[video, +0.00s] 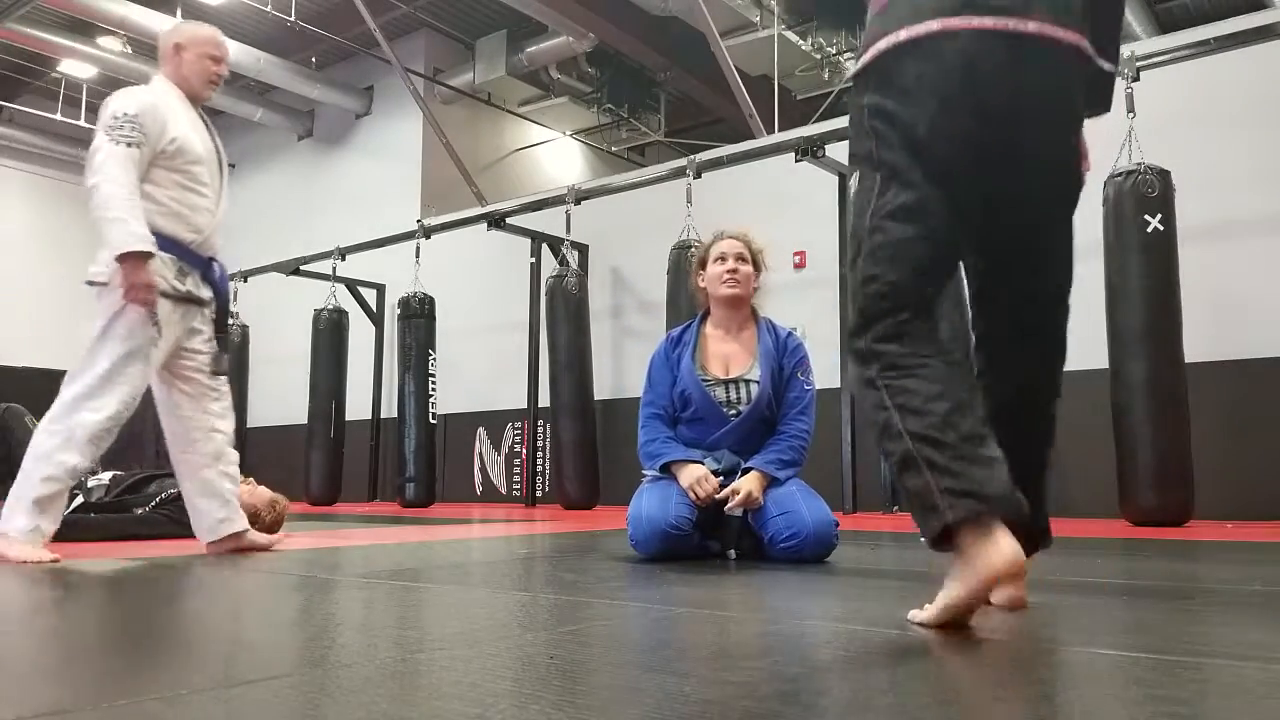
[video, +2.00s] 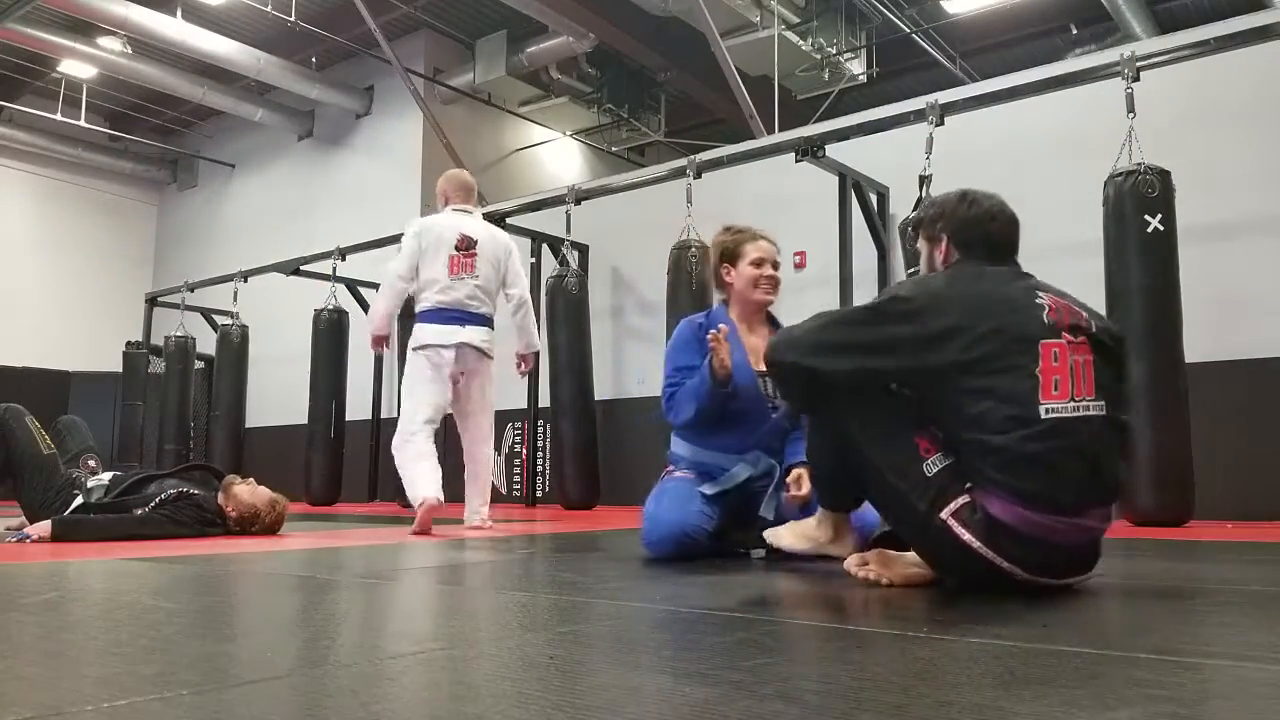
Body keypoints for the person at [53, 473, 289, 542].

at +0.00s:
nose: (247, 478)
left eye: (252, 488)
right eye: (254, 481)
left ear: (246, 513)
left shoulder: (195, 517)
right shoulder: (209, 487)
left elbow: (124, 525)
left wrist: (54, 524)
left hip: (73, 503)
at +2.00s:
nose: (247, 476)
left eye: (249, 488)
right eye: (255, 483)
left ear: (233, 511)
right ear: (236, 505)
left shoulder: (197, 513)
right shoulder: (215, 490)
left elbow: (129, 524)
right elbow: (154, 485)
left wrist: (56, 526)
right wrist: (113, 480)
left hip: (68, 499)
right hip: (101, 484)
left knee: (11, 414)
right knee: (68, 421)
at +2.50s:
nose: (248, 477)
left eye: (250, 488)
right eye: (256, 483)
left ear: (235, 510)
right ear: (236, 504)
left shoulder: (199, 513)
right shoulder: (214, 487)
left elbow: (130, 525)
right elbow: (150, 485)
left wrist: (56, 526)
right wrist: (112, 481)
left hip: (69, 500)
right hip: (99, 486)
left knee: (11, 415)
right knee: (69, 422)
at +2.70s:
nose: (248, 477)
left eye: (251, 488)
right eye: (256, 483)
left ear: (234, 510)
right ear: (236, 504)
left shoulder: (199, 513)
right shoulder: (214, 486)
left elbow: (130, 525)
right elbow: (150, 485)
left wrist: (56, 526)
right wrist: (111, 481)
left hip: (69, 500)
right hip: (99, 486)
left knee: (11, 414)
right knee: (69, 422)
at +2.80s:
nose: (248, 476)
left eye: (251, 487)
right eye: (257, 483)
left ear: (234, 510)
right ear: (236, 505)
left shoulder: (199, 513)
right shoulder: (215, 487)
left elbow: (130, 525)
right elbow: (150, 486)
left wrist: (56, 526)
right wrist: (112, 481)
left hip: (69, 500)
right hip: (99, 485)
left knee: (11, 414)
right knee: (69, 422)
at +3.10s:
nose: (248, 477)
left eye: (250, 488)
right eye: (256, 483)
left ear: (234, 510)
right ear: (235, 504)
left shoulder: (199, 513)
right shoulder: (216, 490)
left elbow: (130, 524)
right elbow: (153, 483)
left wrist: (54, 526)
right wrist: (111, 477)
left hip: (69, 500)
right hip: (101, 485)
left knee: (12, 414)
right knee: (69, 421)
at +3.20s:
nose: (248, 476)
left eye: (251, 488)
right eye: (257, 483)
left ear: (234, 510)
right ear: (236, 505)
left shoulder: (199, 513)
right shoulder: (216, 489)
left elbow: (130, 525)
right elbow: (154, 483)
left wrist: (55, 526)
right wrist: (113, 477)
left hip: (69, 501)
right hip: (102, 485)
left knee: (12, 414)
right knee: (68, 421)